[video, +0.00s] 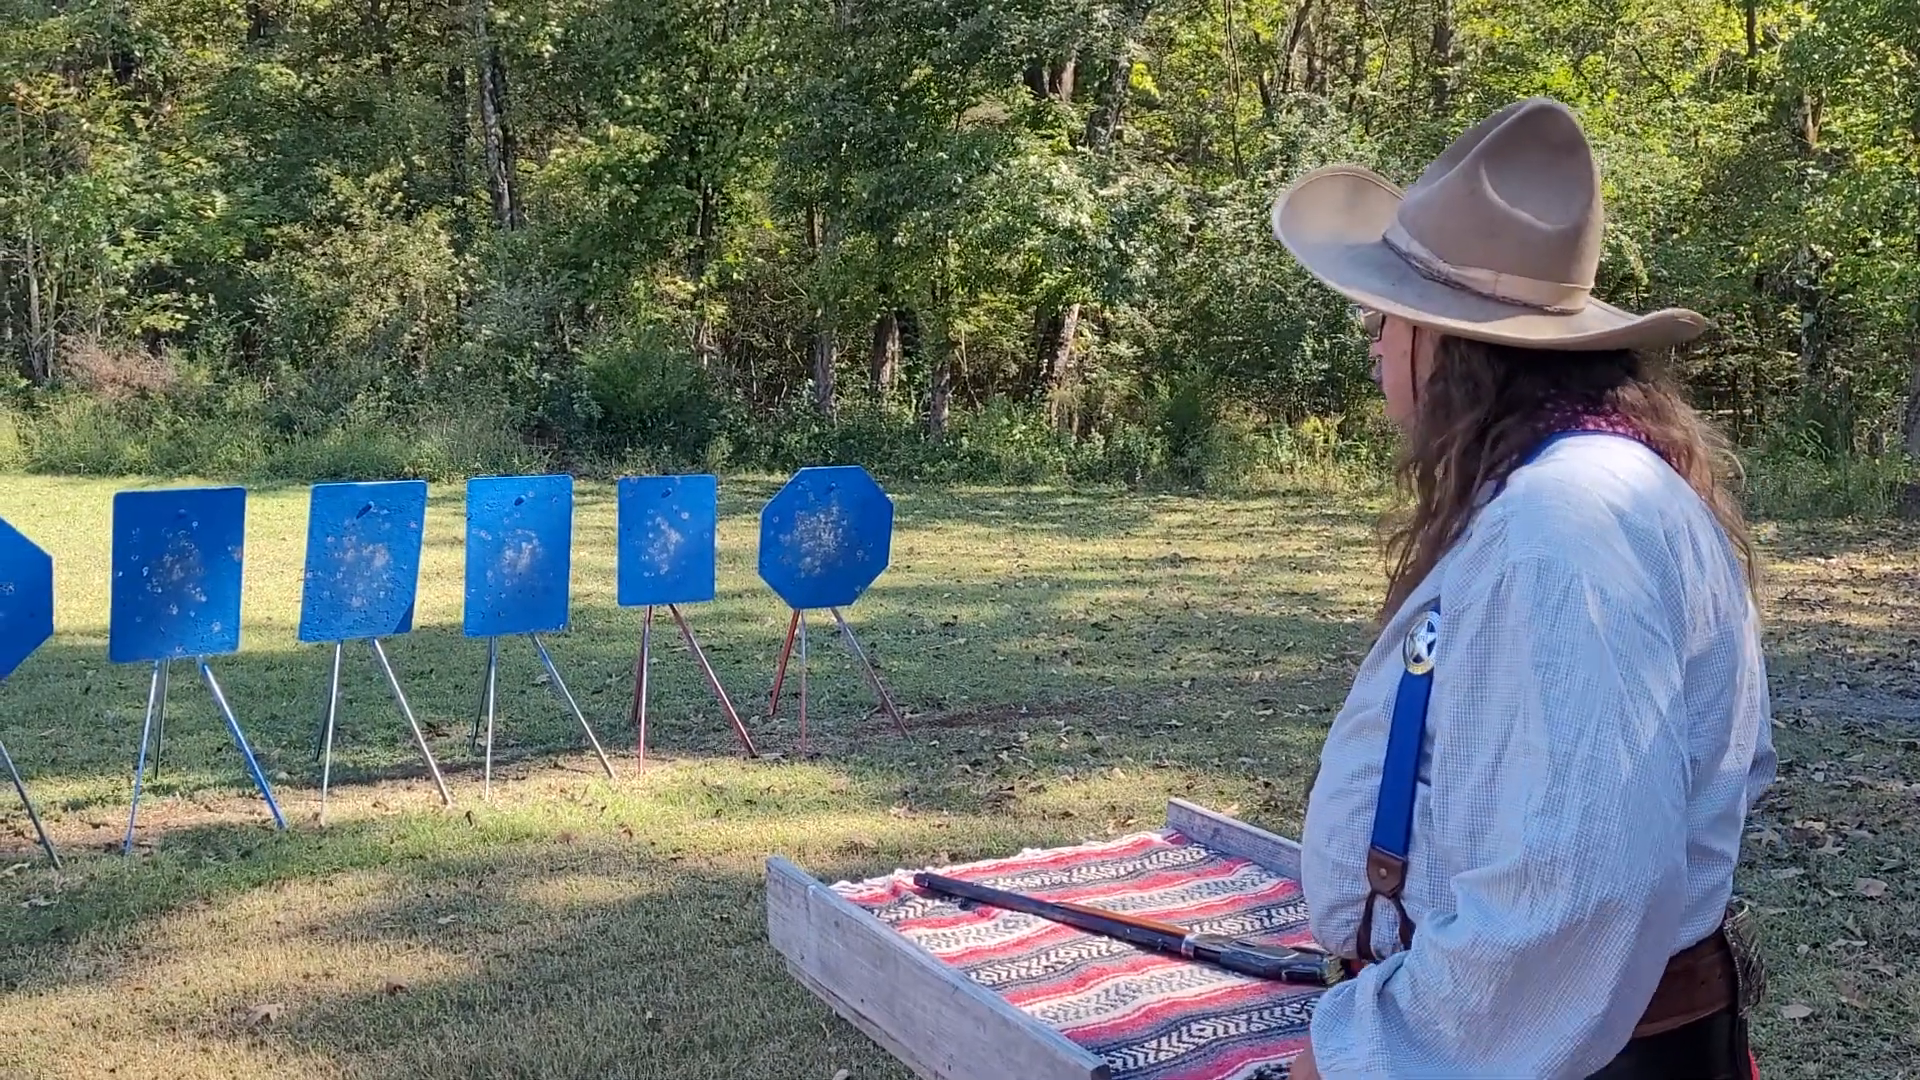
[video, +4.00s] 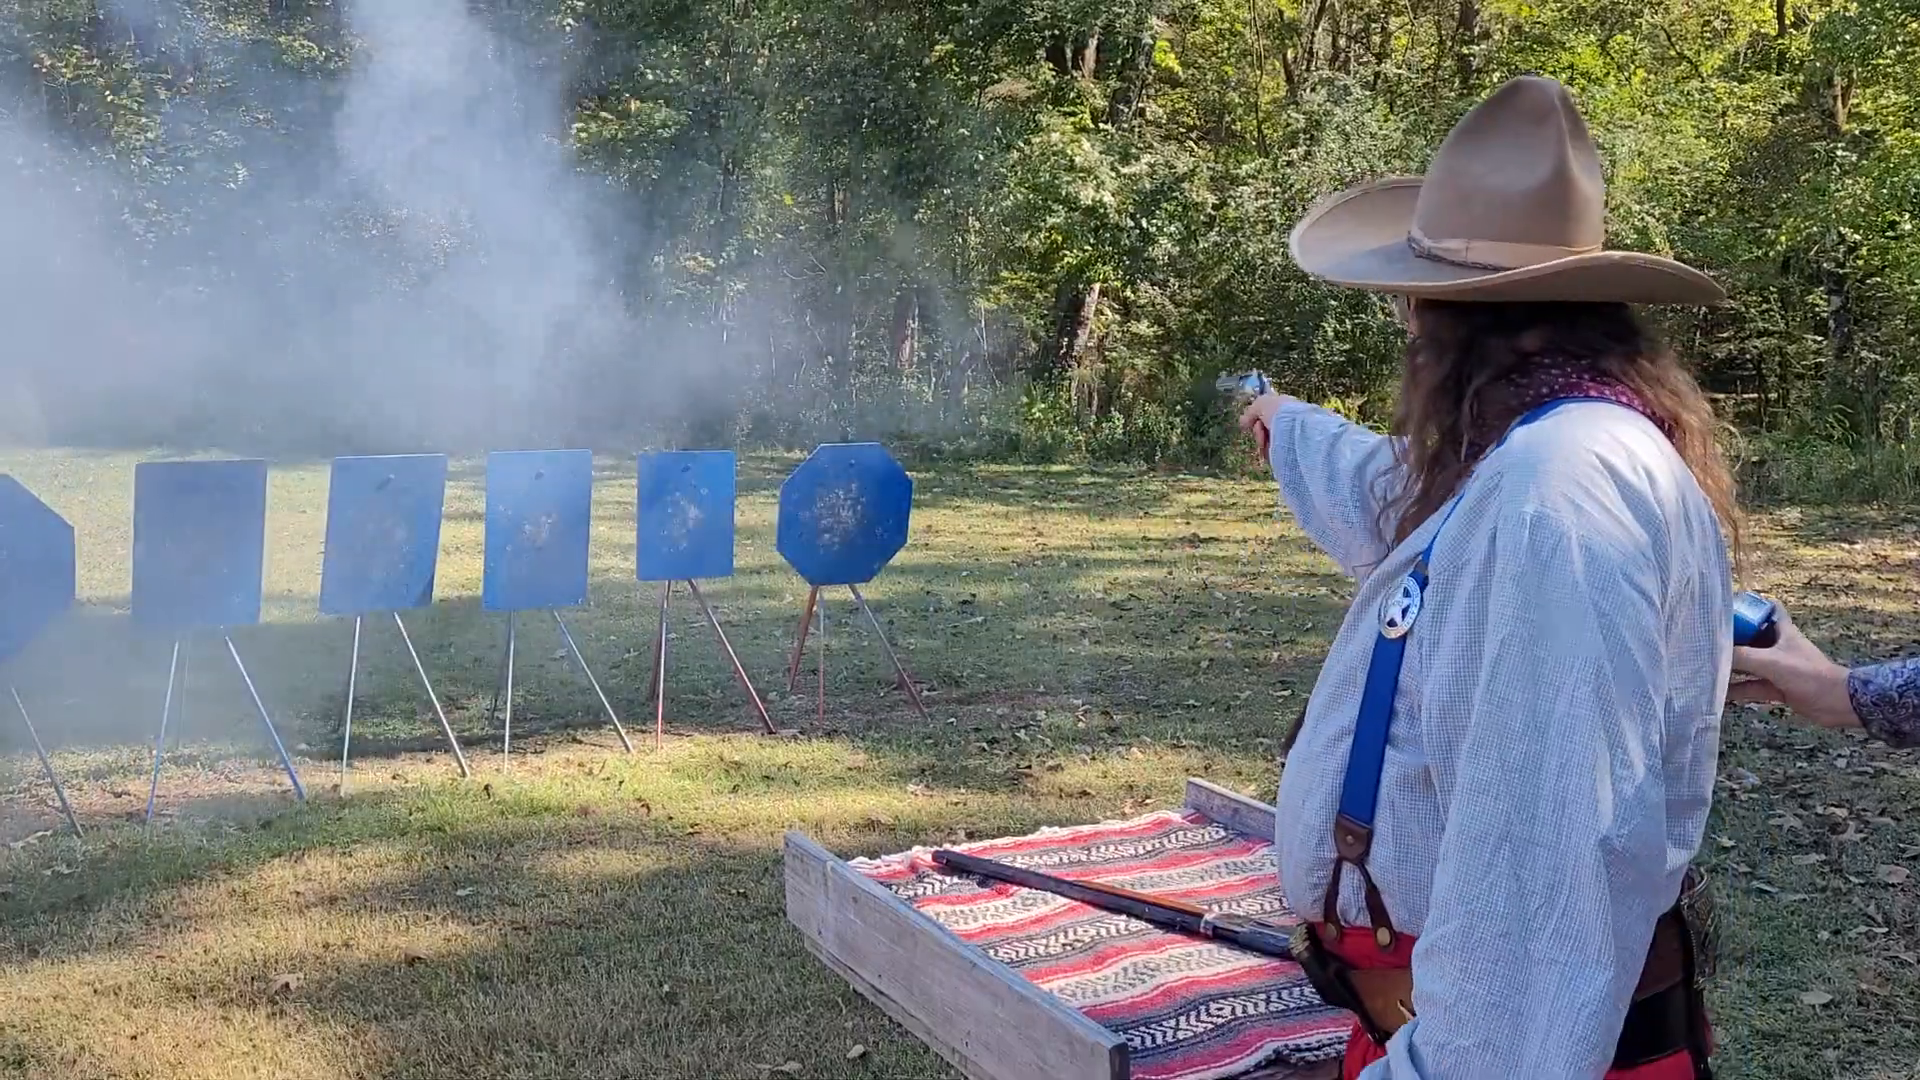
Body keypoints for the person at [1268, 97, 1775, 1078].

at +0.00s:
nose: (1370, 344)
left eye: (1384, 319)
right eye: (1376, 319)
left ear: (1450, 344)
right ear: (1536, 337)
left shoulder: (1567, 517)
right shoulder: (1609, 484)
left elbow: (1570, 893)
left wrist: (1353, 1043)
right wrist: (1396, 933)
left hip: (1585, 1040)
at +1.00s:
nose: (1352, 334)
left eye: (1362, 309)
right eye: (1356, 309)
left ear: (1414, 328)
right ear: (1475, 326)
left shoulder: (1590, 512)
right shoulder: (1434, 479)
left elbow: (1607, 910)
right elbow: (1246, 525)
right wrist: (1067, 475)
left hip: (1469, 1040)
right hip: (1368, 999)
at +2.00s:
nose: (1360, 325)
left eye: (1374, 298)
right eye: (1366, 298)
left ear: (1444, 317)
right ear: (1488, 320)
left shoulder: (1629, 502)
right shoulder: (1454, 469)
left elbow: (1678, 921)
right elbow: (1255, 526)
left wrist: (1606, 1066)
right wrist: (1064, 464)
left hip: (1510, 1035)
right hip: (1376, 985)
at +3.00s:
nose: (1375, 318)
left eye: (1390, 289)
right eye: (1381, 289)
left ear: (1461, 306)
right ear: (1495, 310)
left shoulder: (1643, 486)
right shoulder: (1468, 460)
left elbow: (1696, 901)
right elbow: (1267, 509)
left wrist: (1637, 1069)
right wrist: (1069, 447)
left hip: (1514, 1035)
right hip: (1384, 989)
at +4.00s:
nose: (1404, 318)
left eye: (1416, 295)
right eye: (1407, 292)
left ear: (1457, 318)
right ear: (1557, 309)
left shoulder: (1557, 492)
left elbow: (1544, 873)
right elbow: (1394, 493)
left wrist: (1433, 1060)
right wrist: (1285, 427)